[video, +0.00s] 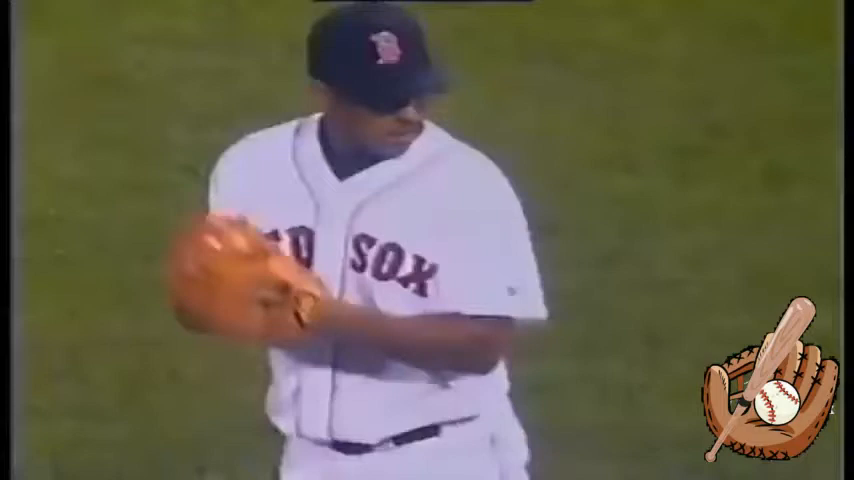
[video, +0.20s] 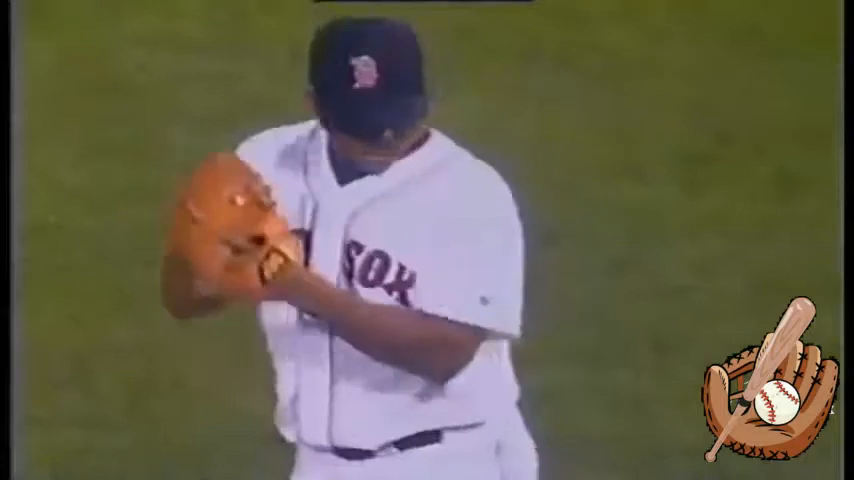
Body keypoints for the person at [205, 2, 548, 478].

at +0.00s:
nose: (411, 115)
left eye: (419, 95)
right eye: (387, 101)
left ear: (429, 84)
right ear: (330, 94)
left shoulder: (471, 183)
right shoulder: (249, 169)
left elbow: (481, 347)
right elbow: (218, 295)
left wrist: (332, 318)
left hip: (449, 457)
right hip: (315, 459)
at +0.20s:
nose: (386, 140)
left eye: (401, 124)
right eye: (365, 129)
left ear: (420, 100)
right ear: (319, 110)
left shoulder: (474, 192)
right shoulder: (265, 163)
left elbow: (443, 354)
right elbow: (183, 300)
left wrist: (303, 289)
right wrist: (218, 243)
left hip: (458, 459)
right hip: (323, 463)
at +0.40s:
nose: (363, 154)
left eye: (380, 139)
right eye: (347, 137)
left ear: (423, 107)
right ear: (327, 108)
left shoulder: (486, 197)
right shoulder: (285, 152)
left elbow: (419, 355)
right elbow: (189, 274)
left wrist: (290, 260)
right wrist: (235, 227)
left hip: (464, 453)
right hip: (335, 457)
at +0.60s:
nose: (384, 159)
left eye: (400, 142)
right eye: (368, 142)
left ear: (447, 111)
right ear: (347, 113)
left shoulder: (507, 200)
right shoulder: (323, 154)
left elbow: (417, 350)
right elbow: (220, 258)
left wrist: (300, 246)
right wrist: (252, 198)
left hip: (487, 439)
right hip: (354, 430)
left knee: (275, 448)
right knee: (268, 451)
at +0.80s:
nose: (394, 162)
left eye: (412, 144)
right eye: (378, 144)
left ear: (459, 118)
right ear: (358, 122)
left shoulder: (514, 216)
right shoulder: (349, 169)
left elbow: (441, 377)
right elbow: (283, 300)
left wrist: (309, 285)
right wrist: (260, 246)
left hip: (496, 447)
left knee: (253, 393)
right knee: (240, 388)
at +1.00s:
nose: (425, 194)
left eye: (442, 178)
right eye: (402, 181)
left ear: (469, 162)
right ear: (366, 170)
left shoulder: (517, 263)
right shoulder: (354, 227)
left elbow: (525, 445)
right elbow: (341, 360)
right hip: (410, 467)